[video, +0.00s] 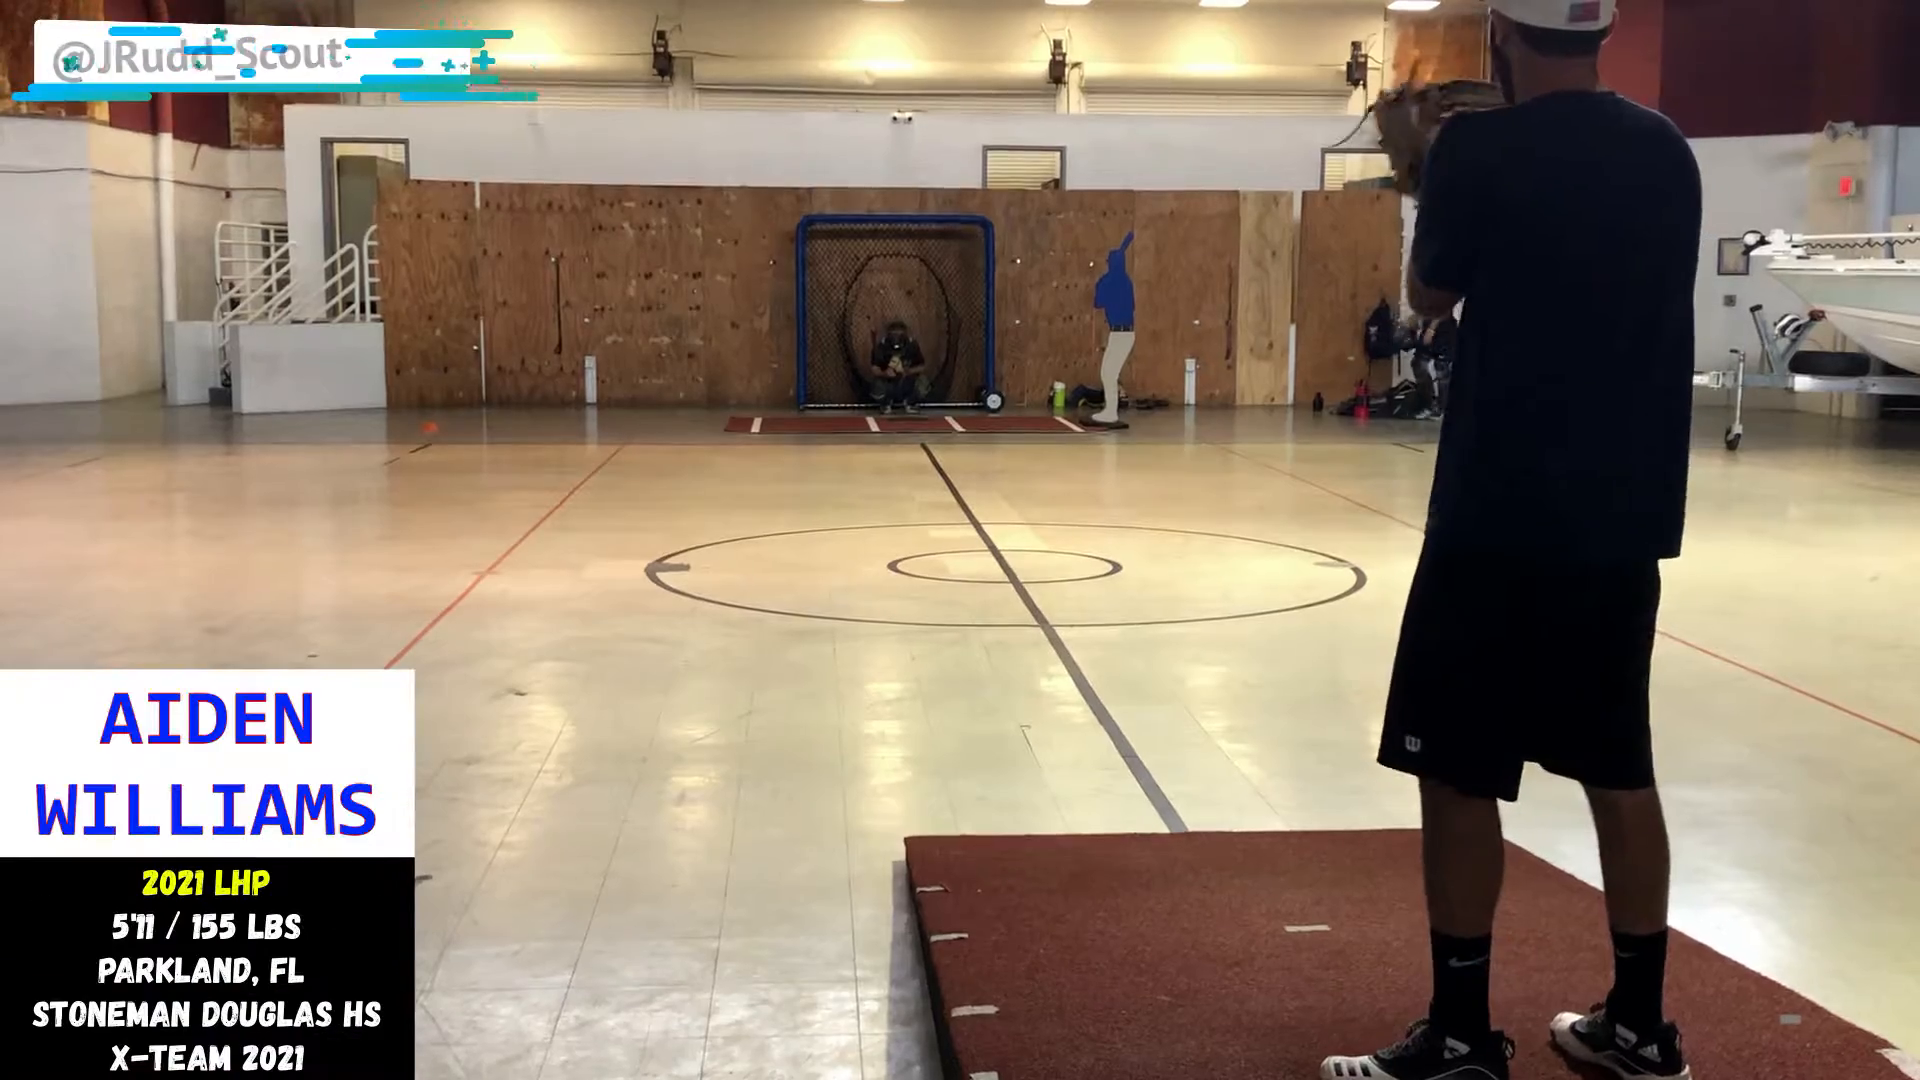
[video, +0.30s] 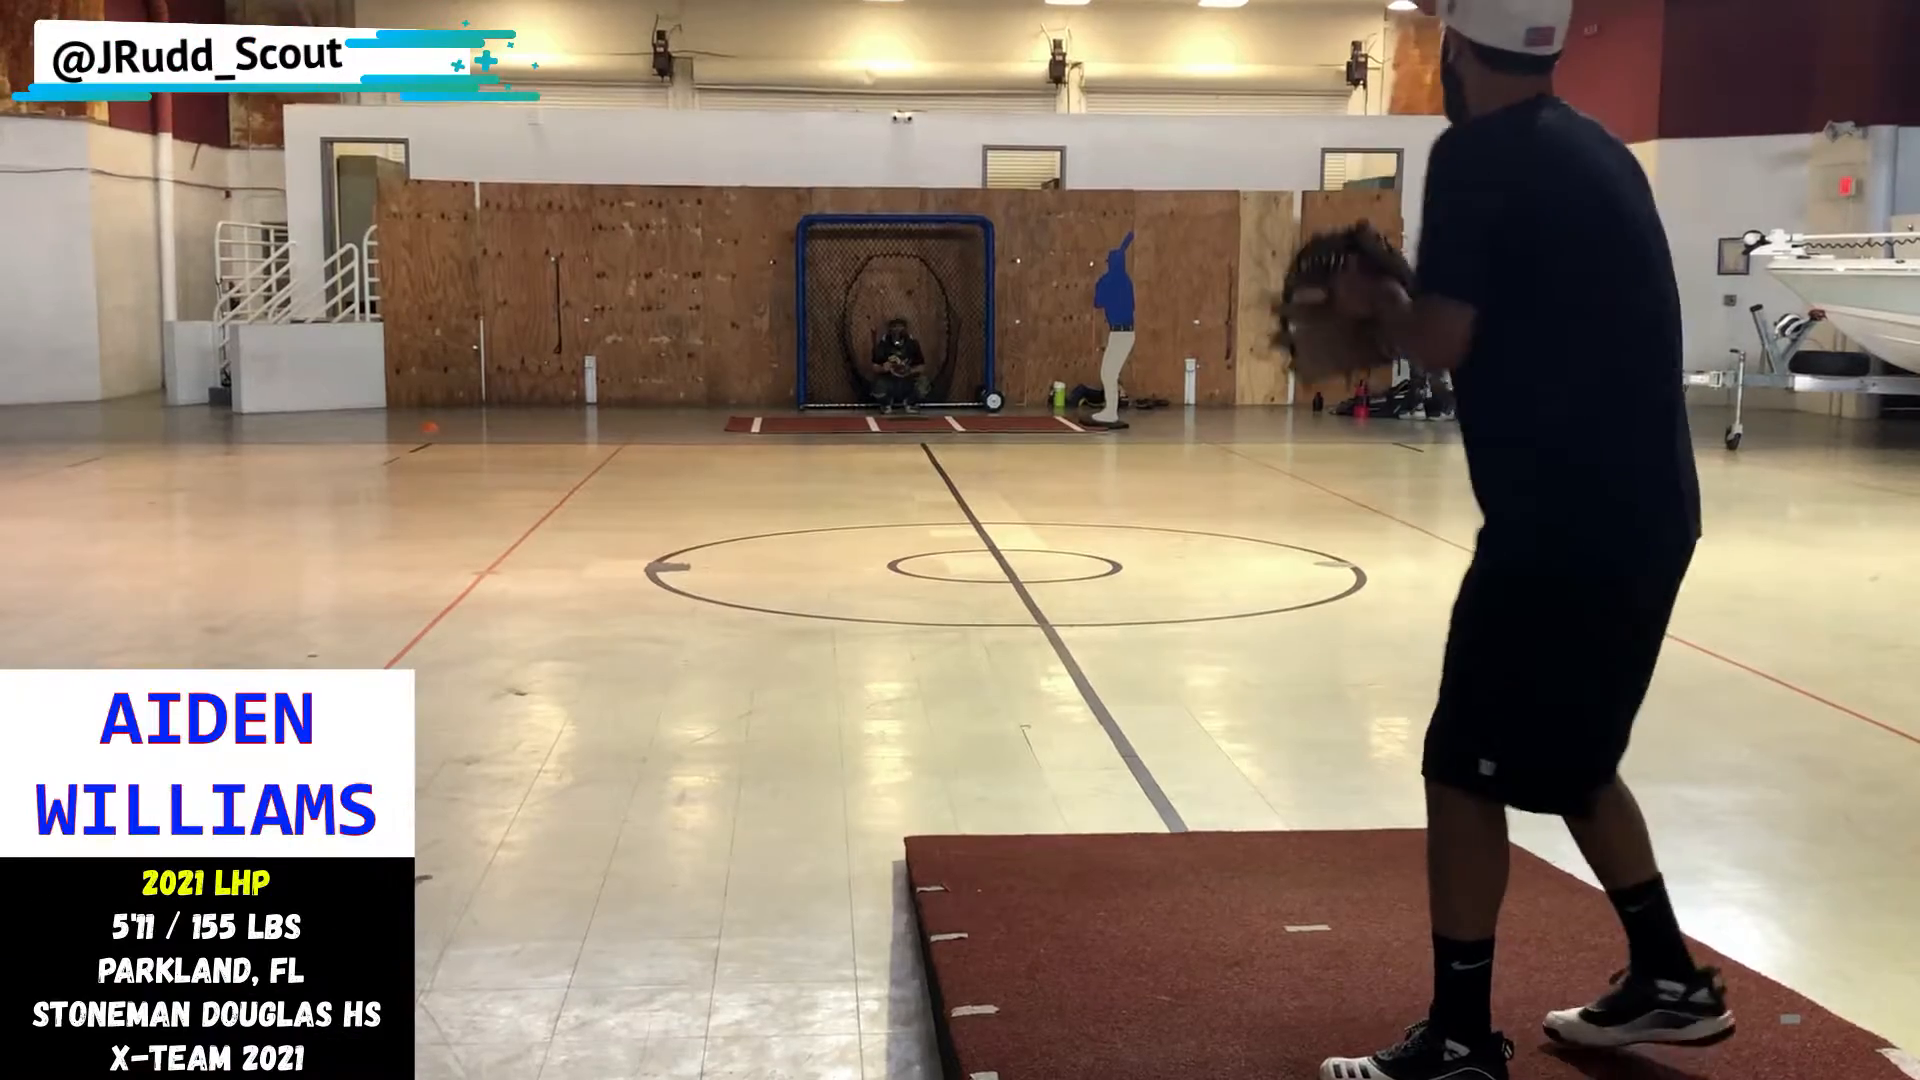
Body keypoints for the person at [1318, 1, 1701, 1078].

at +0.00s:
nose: (1491, 48)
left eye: (1494, 34)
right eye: (1504, 34)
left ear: (1504, 39)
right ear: (1605, 36)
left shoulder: (1477, 143)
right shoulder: (1667, 148)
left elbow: (1428, 299)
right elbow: (1634, 297)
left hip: (1494, 521)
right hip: (1624, 519)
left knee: (1459, 764)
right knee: (1620, 765)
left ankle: (1461, 1032)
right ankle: (1640, 1020)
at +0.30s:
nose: (1436, 58)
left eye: (1440, 40)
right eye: (1444, 42)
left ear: (1453, 45)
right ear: (1549, 52)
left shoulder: (1474, 154)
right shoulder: (1596, 148)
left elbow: (1437, 341)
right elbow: (1532, 327)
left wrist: (1377, 296)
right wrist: (1405, 287)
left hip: (1552, 526)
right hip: (1643, 513)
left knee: (1460, 764)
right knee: (1574, 755)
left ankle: (1461, 1033)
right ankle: (1670, 975)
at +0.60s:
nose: (1474, 99)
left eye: (1481, 74)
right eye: (1477, 76)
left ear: (1518, 73)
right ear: (1567, 72)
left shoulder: (1604, 173)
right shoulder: (1588, 175)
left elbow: (1620, 345)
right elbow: (1587, 336)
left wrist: (1465, 343)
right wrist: (1467, 331)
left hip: (1628, 531)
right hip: (1645, 527)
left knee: (1478, 737)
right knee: (1635, 756)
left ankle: (1460, 1016)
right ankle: (1697, 1002)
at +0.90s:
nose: (1507, 80)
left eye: (1514, 58)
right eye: (1508, 59)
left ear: (1551, 62)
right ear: (1589, 61)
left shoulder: (1658, 167)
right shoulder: (1576, 187)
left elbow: (1635, 344)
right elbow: (1589, 341)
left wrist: (1477, 316)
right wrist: (1475, 308)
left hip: (1657, 541)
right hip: (1609, 535)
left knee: (1539, 762)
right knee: (1652, 760)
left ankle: (1486, 1025)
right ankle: (1700, 1002)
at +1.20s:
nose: (1472, 85)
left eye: (1477, 61)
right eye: (1475, 63)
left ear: (1506, 63)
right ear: (1551, 65)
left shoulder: (1640, 172)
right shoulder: (1522, 191)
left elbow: (1568, 332)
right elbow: (1496, 347)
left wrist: (1411, 251)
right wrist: (1389, 278)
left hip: (1621, 540)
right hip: (1563, 537)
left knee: (1486, 763)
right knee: (1606, 764)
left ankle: (1477, 1026)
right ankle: (1695, 999)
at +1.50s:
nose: (1453, 75)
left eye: (1458, 50)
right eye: (1456, 53)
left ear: (1489, 54)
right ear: (1539, 56)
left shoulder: (1632, 168)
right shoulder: (1483, 181)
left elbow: (1564, 321)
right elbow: (1457, 349)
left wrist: (1400, 245)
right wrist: (1362, 277)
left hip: (1543, 531)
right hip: (1441, 499)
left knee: (1451, 775)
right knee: (1275, 658)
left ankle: (1476, 1026)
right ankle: (1365, 860)